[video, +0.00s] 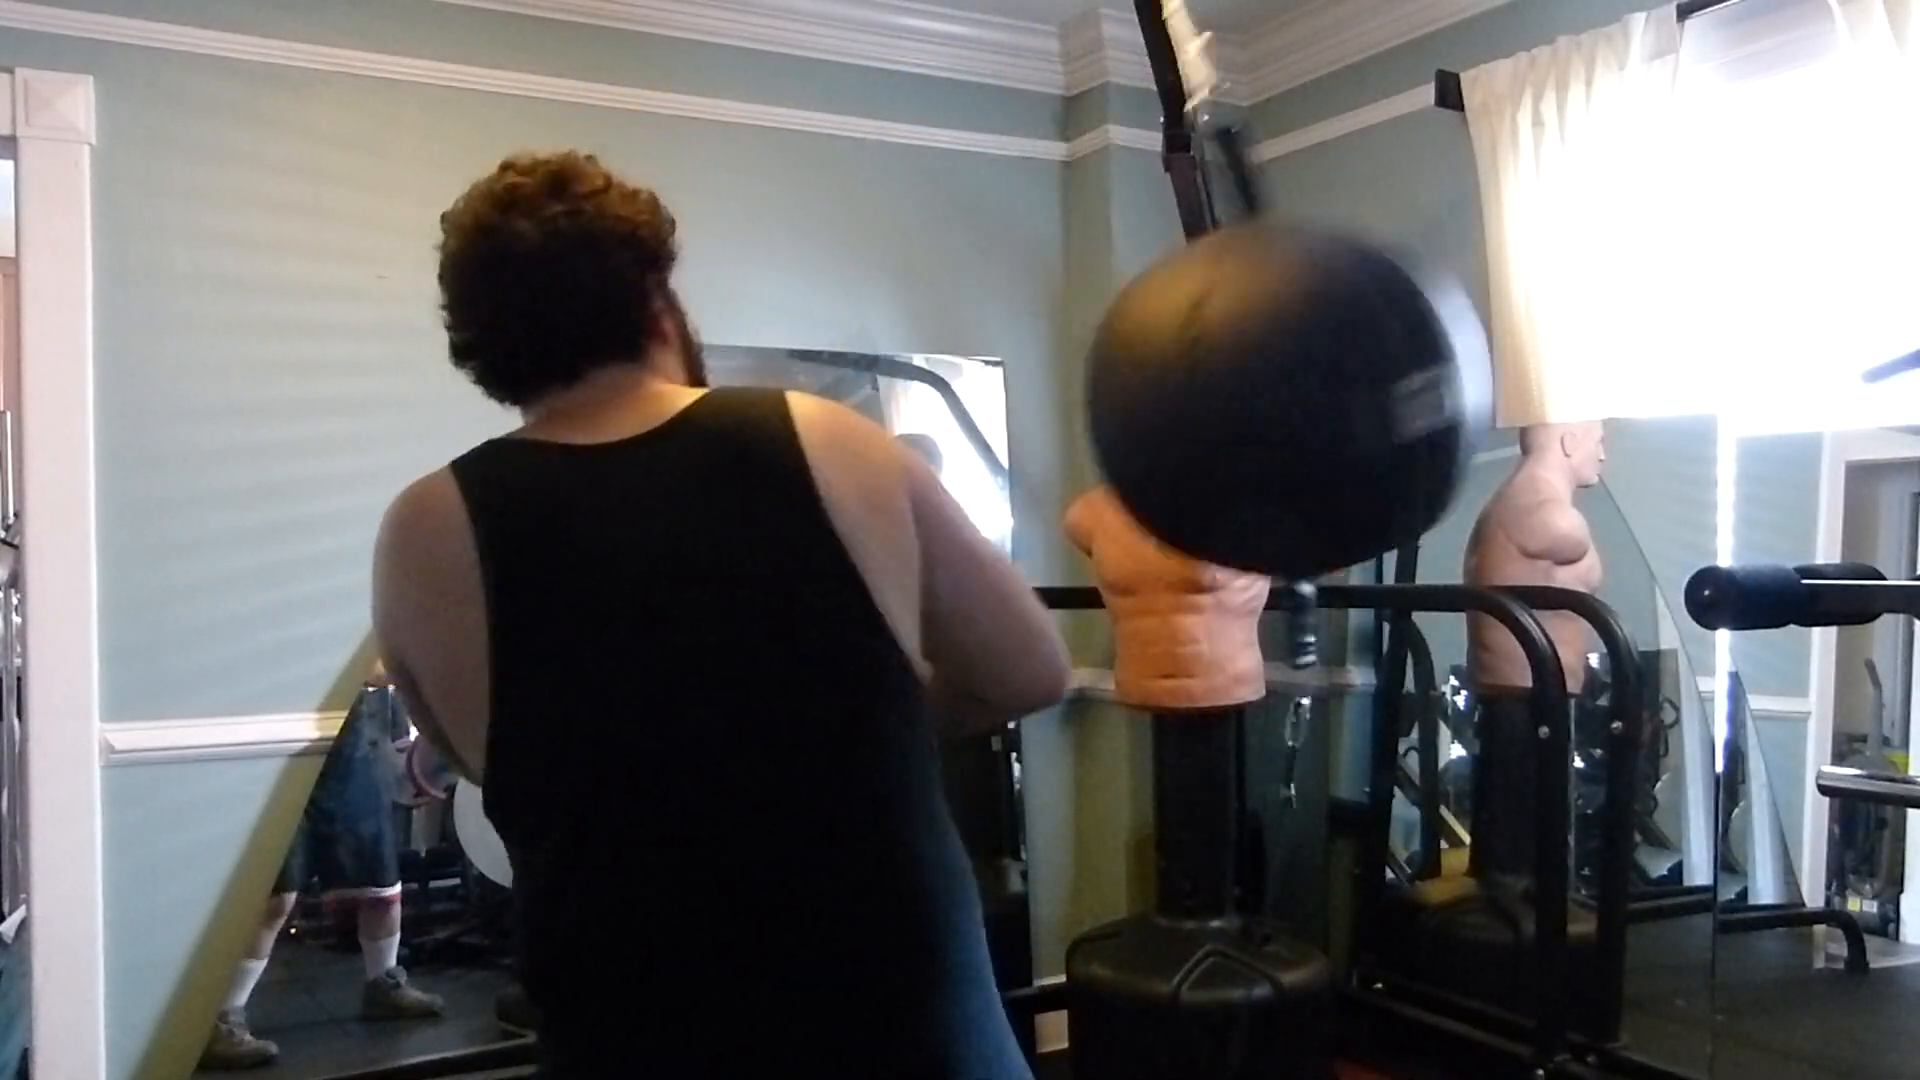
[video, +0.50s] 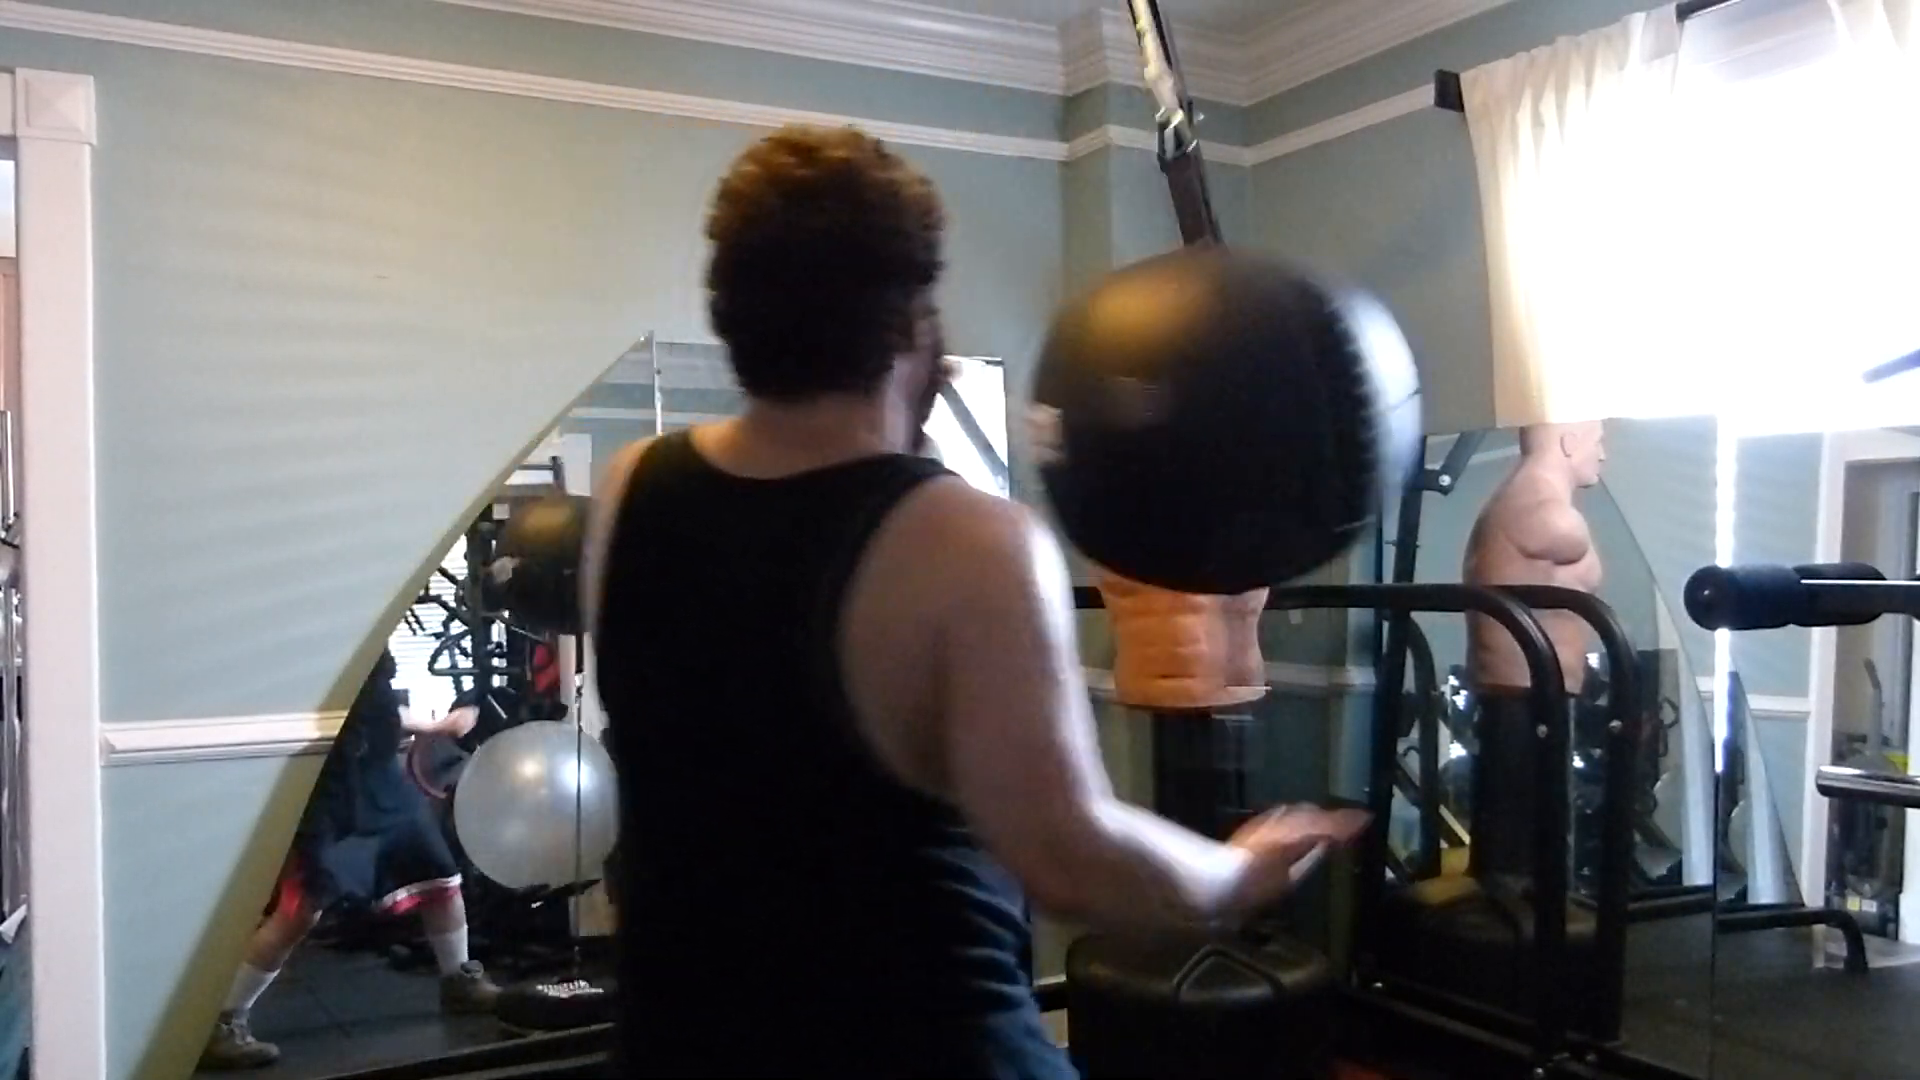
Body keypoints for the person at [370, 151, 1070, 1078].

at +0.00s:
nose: (689, 317)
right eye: (679, 294)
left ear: (483, 355)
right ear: (660, 309)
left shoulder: (425, 534)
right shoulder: (841, 448)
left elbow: (475, 754)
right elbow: (1028, 669)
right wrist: (838, 731)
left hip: (623, 1044)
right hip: (908, 1026)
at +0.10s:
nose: (674, 326)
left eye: (663, 296)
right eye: (663, 300)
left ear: (468, 356)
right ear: (638, 313)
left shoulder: (402, 545)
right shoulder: (811, 448)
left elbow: (452, 767)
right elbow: (984, 688)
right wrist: (798, 736)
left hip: (598, 1038)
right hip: (871, 1018)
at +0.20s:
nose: (688, 319)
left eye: (685, 294)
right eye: (682, 295)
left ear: (482, 336)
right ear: (647, 308)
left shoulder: (405, 537)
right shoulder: (803, 455)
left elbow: (464, 763)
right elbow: (976, 713)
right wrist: (788, 660)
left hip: (581, 1039)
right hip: (849, 1024)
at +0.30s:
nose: (743, 312)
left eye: (740, 293)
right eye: (736, 291)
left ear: (536, 316)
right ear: (710, 305)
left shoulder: (454, 518)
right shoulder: (835, 466)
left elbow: (533, 757)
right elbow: (995, 750)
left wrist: (716, 430)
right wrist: (855, 745)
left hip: (592, 1028)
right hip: (848, 1023)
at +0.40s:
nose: (839, 319)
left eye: (827, 287)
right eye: (830, 289)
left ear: (629, 304)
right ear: (805, 309)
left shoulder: (545, 501)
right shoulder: (882, 502)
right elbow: (1022, 842)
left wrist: (800, 425)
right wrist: (1008, 921)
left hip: (624, 1012)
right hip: (856, 1022)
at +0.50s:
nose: (943, 327)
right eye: (936, 297)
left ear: (731, 310)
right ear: (914, 321)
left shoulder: (636, 491)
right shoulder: (970, 543)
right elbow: (1065, 853)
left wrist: (887, 430)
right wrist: (1232, 872)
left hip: (684, 1025)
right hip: (922, 1039)